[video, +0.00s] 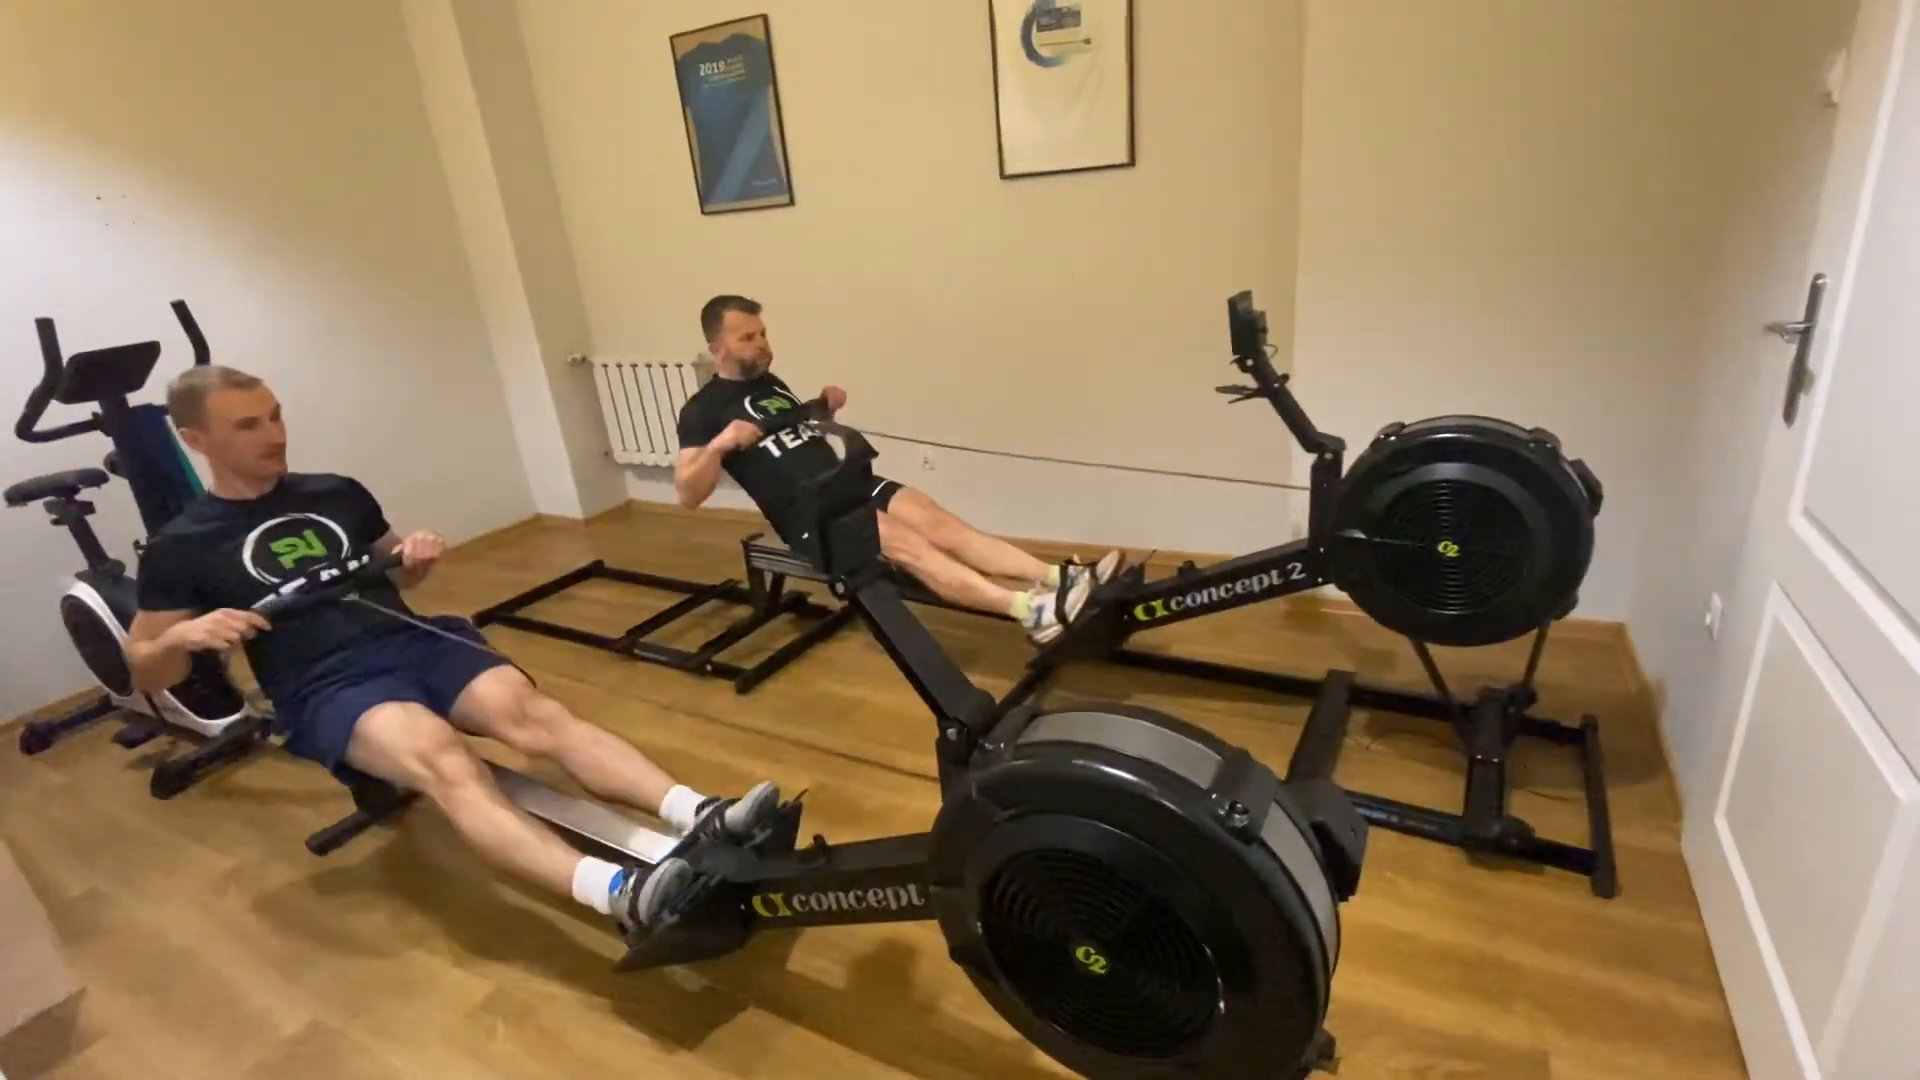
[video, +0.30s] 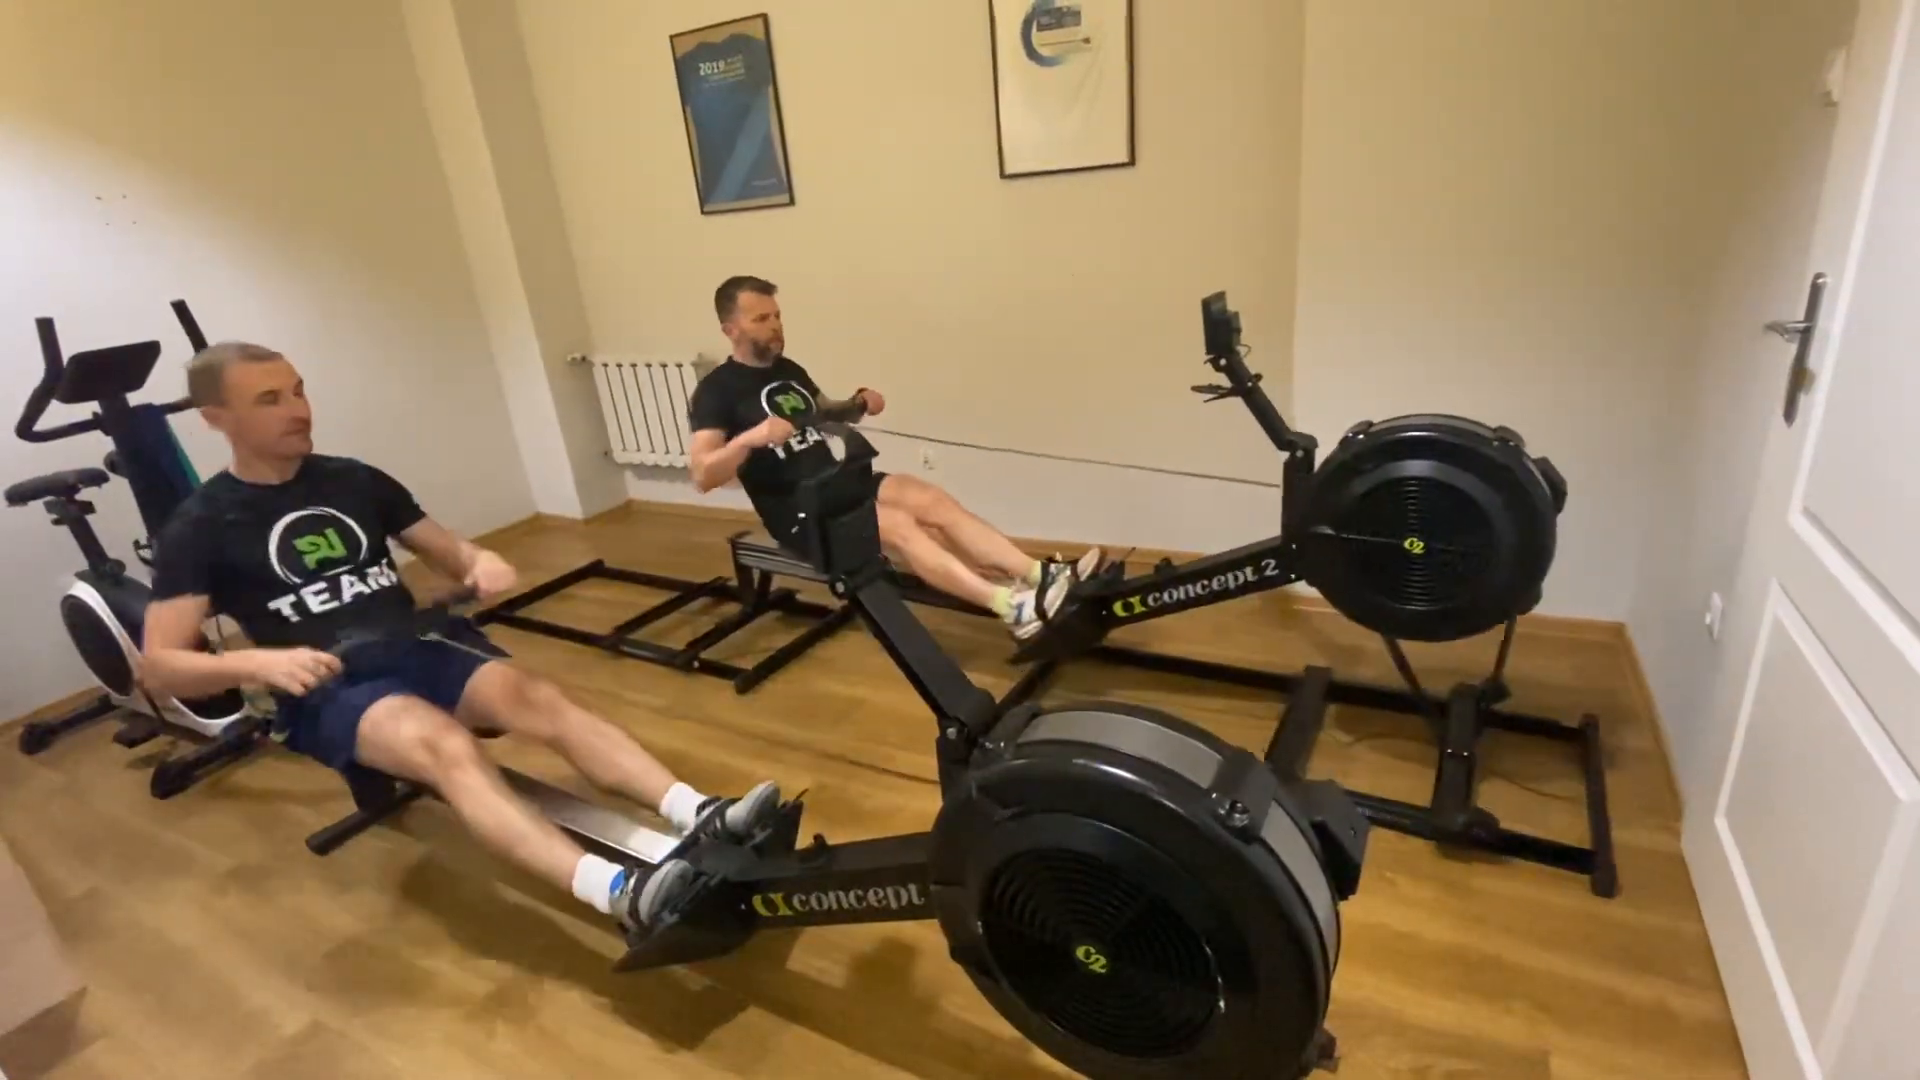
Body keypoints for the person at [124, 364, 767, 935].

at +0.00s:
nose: (272, 436)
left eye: (273, 418)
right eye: (250, 428)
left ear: (281, 415)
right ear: (199, 443)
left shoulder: (335, 493)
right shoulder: (182, 547)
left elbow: (393, 568)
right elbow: (142, 668)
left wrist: (414, 554)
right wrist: (187, 632)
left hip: (410, 637)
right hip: (327, 680)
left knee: (530, 711)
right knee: (445, 763)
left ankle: (702, 817)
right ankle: (624, 895)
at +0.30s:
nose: (300, 409)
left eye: (298, 392)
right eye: (274, 400)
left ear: (302, 394)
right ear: (219, 422)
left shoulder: (352, 481)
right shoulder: (200, 528)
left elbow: (450, 554)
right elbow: (158, 665)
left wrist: (483, 565)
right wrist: (254, 665)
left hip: (411, 643)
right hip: (325, 680)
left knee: (535, 696)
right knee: (441, 746)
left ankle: (702, 817)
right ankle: (621, 894)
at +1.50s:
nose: (613, 453)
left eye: (603, 433)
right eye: (585, 443)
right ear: (517, 475)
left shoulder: (623, 524)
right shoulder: (462, 585)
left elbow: (756, 589)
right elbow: (564, 720)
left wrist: (874, 659)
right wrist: (720, 823)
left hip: (583, 739)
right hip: (484, 784)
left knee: (666, 601)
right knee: (512, 693)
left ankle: (703, 806)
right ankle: (626, 884)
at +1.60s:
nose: (616, 455)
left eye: (607, 435)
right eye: (586, 445)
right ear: (520, 477)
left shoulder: (624, 527)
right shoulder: (466, 588)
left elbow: (760, 592)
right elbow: (574, 712)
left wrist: (876, 653)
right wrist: (729, 810)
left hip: (585, 746)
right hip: (482, 788)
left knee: (667, 601)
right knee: (516, 686)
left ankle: (708, 825)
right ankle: (627, 887)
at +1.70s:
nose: (593, 447)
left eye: (584, 427)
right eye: (563, 437)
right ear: (499, 468)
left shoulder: (604, 518)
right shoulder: (448, 578)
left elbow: (735, 578)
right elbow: (554, 692)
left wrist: (853, 636)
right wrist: (713, 793)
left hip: (569, 734)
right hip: (471, 777)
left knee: (656, 598)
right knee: (511, 683)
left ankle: (709, 833)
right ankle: (628, 887)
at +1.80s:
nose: (546, 430)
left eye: (539, 410)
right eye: (516, 421)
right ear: (453, 449)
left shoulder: (562, 501)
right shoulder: (408, 563)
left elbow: (682, 556)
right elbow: (510, 666)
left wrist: (806, 613)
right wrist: (649, 755)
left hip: (548, 715)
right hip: (448, 758)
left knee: (639, 600)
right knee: (492, 679)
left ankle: (711, 815)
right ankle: (626, 887)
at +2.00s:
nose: (415, 401)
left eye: (416, 382)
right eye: (388, 390)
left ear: (423, 382)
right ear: (332, 414)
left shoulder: (456, 472)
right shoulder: (306, 529)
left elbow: (571, 525)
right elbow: (391, 614)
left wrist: (679, 576)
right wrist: (499, 681)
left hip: (483, 648)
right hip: (382, 696)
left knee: (591, 620)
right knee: (473, 692)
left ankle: (707, 815)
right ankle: (627, 889)